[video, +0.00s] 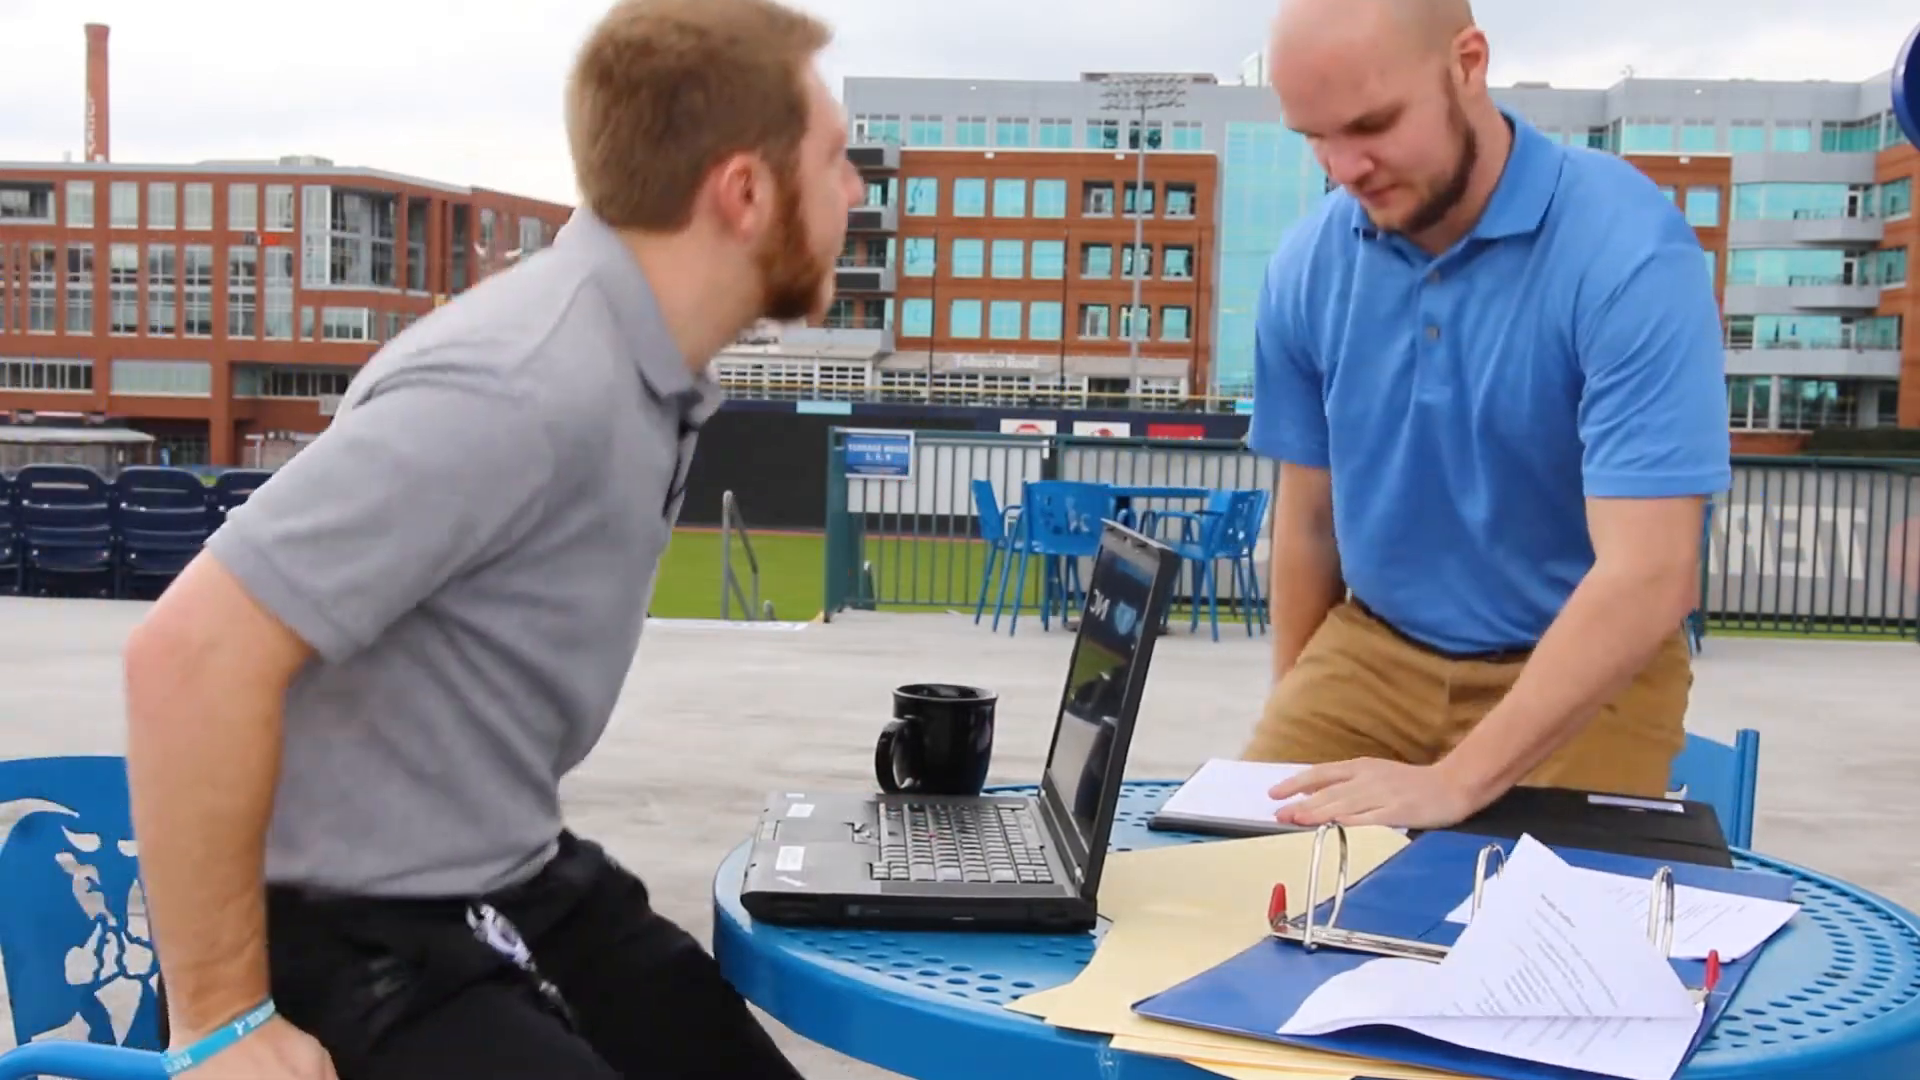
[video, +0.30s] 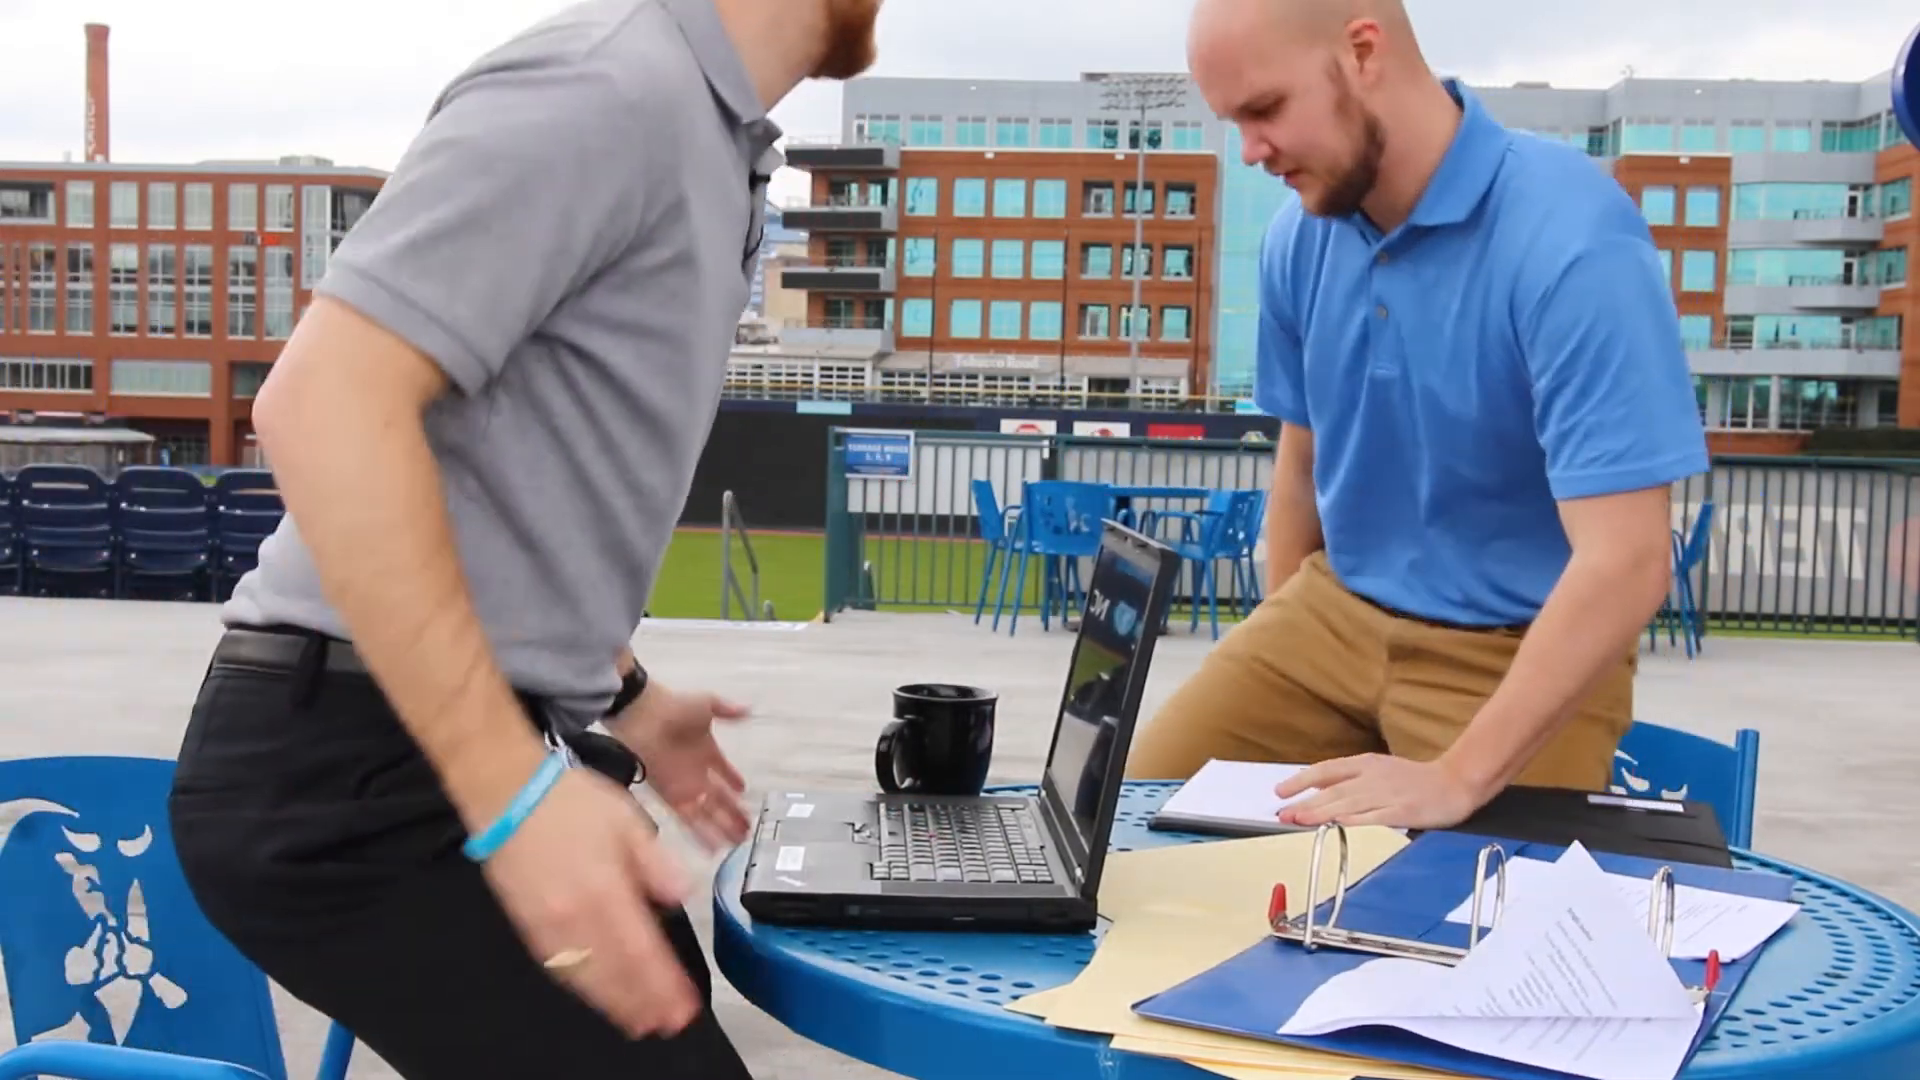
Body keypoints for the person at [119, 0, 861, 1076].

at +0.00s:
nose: (859, 193)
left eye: (849, 156)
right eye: (840, 158)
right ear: (744, 194)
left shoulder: (631, 362)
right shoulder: (509, 388)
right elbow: (190, 659)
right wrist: (222, 1024)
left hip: (527, 877)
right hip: (357, 932)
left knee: (755, 1070)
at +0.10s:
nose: (876, 72)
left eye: (865, 31)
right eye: (855, 27)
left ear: (767, 53)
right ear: (771, 50)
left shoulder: (668, 268)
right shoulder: (536, 270)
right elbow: (283, 605)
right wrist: (277, 1018)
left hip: (537, 824)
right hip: (376, 856)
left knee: (723, 1065)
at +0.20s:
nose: (877, 10)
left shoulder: (684, 190)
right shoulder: (565, 164)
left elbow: (545, 528)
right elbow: (310, 507)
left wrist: (611, 787)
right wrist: (392, 925)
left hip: (517, 780)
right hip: (377, 790)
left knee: (694, 1037)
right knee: (666, 1057)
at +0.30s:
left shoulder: (694, 127)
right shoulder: (605, 89)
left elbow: (489, 468)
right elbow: (327, 404)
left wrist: (626, 699)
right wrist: (514, 794)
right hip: (344, 757)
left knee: (669, 1043)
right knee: (662, 1060)